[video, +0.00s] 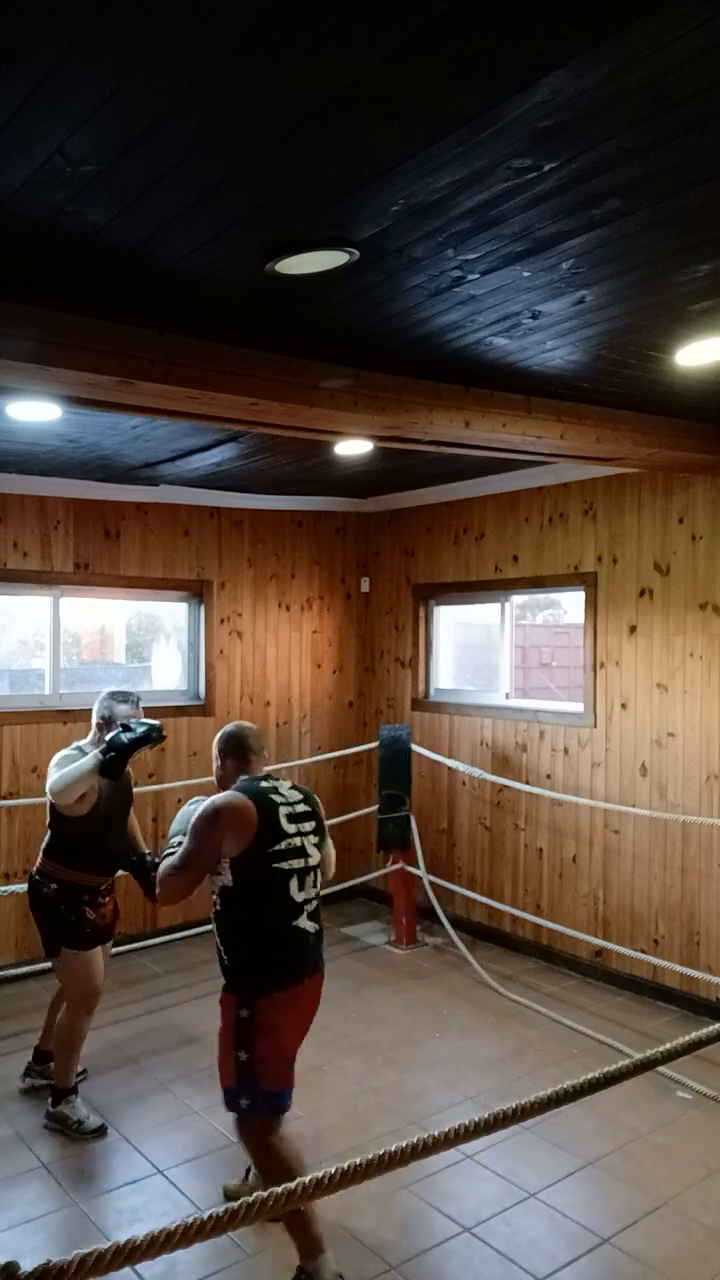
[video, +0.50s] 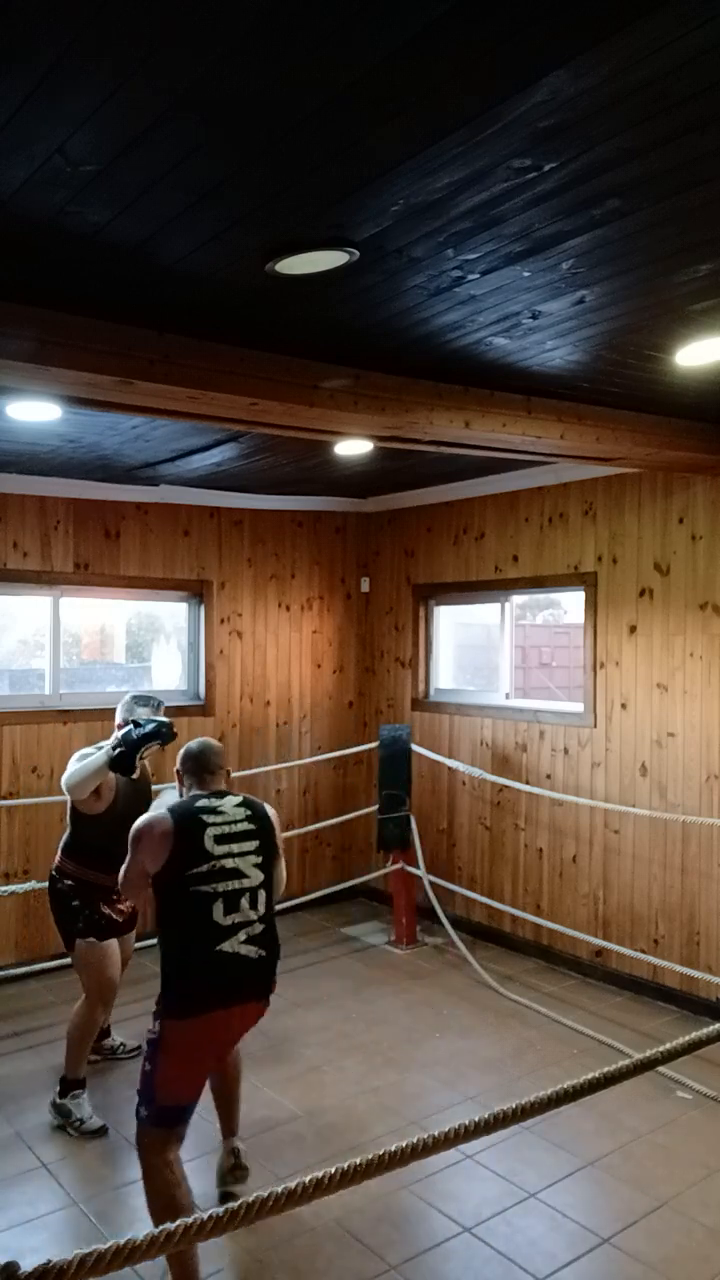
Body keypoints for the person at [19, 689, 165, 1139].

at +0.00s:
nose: (126, 737)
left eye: (133, 730)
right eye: (119, 728)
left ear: (138, 731)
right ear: (99, 723)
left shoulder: (122, 771)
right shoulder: (71, 758)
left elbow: (125, 819)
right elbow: (57, 794)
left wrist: (144, 862)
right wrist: (108, 755)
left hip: (98, 887)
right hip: (60, 889)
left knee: (79, 982)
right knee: (87, 992)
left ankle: (44, 1063)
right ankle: (62, 1100)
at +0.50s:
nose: (146, 739)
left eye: (152, 731)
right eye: (139, 727)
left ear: (156, 737)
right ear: (120, 725)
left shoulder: (144, 775)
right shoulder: (91, 761)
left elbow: (146, 825)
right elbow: (73, 788)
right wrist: (118, 748)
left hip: (121, 882)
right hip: (77, 884)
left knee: (117, 965)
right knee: (102, 988)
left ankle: (100, 1037)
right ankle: (69, 1094)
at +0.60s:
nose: (152, 740)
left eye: (157, 733)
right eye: (146, 730)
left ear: (158, 736)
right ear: (124, 727)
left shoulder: (153, 772)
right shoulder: (95, 762)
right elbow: (71, 784)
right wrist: (116, 743)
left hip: (125, 879)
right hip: (80, 881)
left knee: (118, 963)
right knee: (101, 989)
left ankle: (98, 1037)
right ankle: (72, 1094)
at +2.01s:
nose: (136, 728)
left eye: (138, 723)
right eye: (130, 719)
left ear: (134, 724)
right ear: (104, 715)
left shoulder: (133, 752)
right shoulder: (78, 750)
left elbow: (152, 780)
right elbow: (35, 760)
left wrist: (116, 730)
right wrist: (61, 711)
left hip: (124, 872)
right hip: (80, 876)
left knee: (117, 965)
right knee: (87, 984)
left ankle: (94, 1037)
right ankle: (64, 1085)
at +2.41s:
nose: (119, 734)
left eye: (126, 726)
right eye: (111, 726)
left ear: (134, 723)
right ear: (94, 721)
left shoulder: (138, 762)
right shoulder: (77, 753)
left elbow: (155, 805)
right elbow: (21, 784)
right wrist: (60, 754)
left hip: (125, 875)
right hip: (74, 875)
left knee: (122, 970)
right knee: (81, 977)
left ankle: (111, 1065)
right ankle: (62, 1075)